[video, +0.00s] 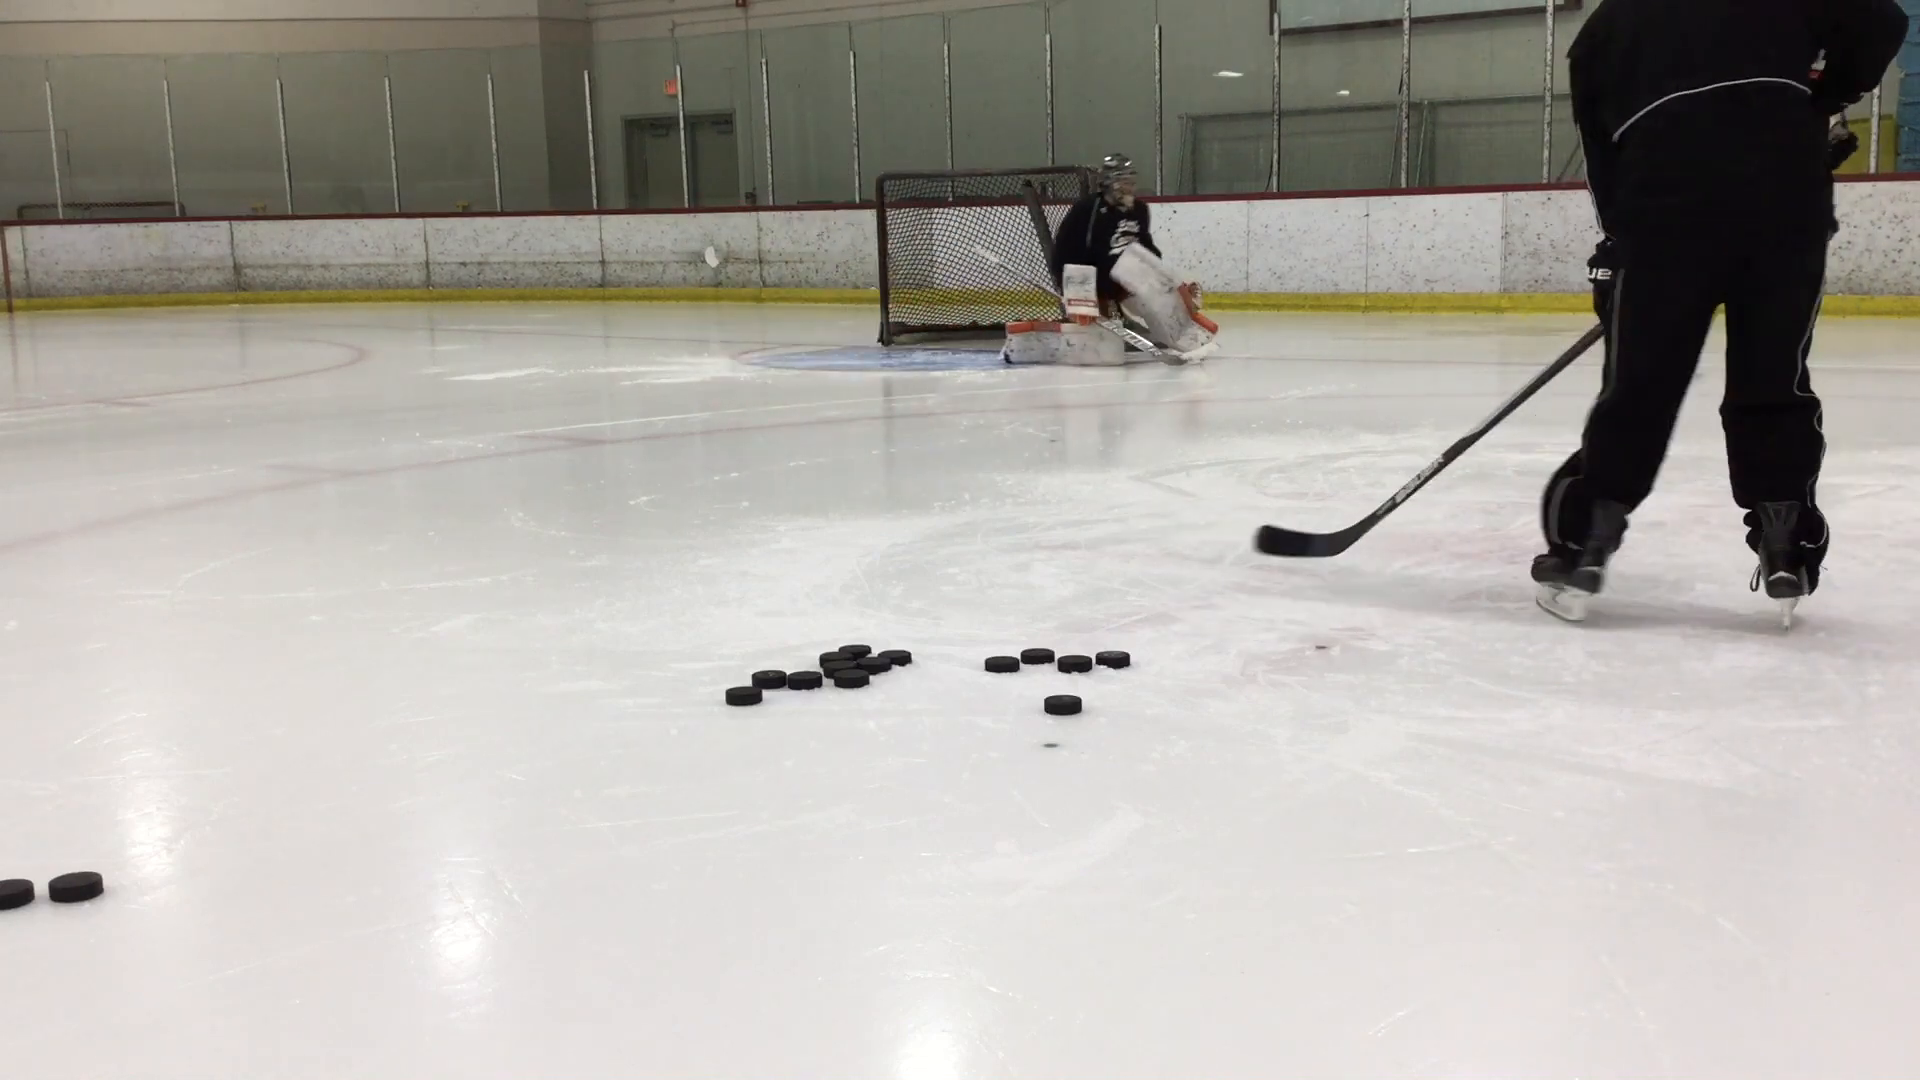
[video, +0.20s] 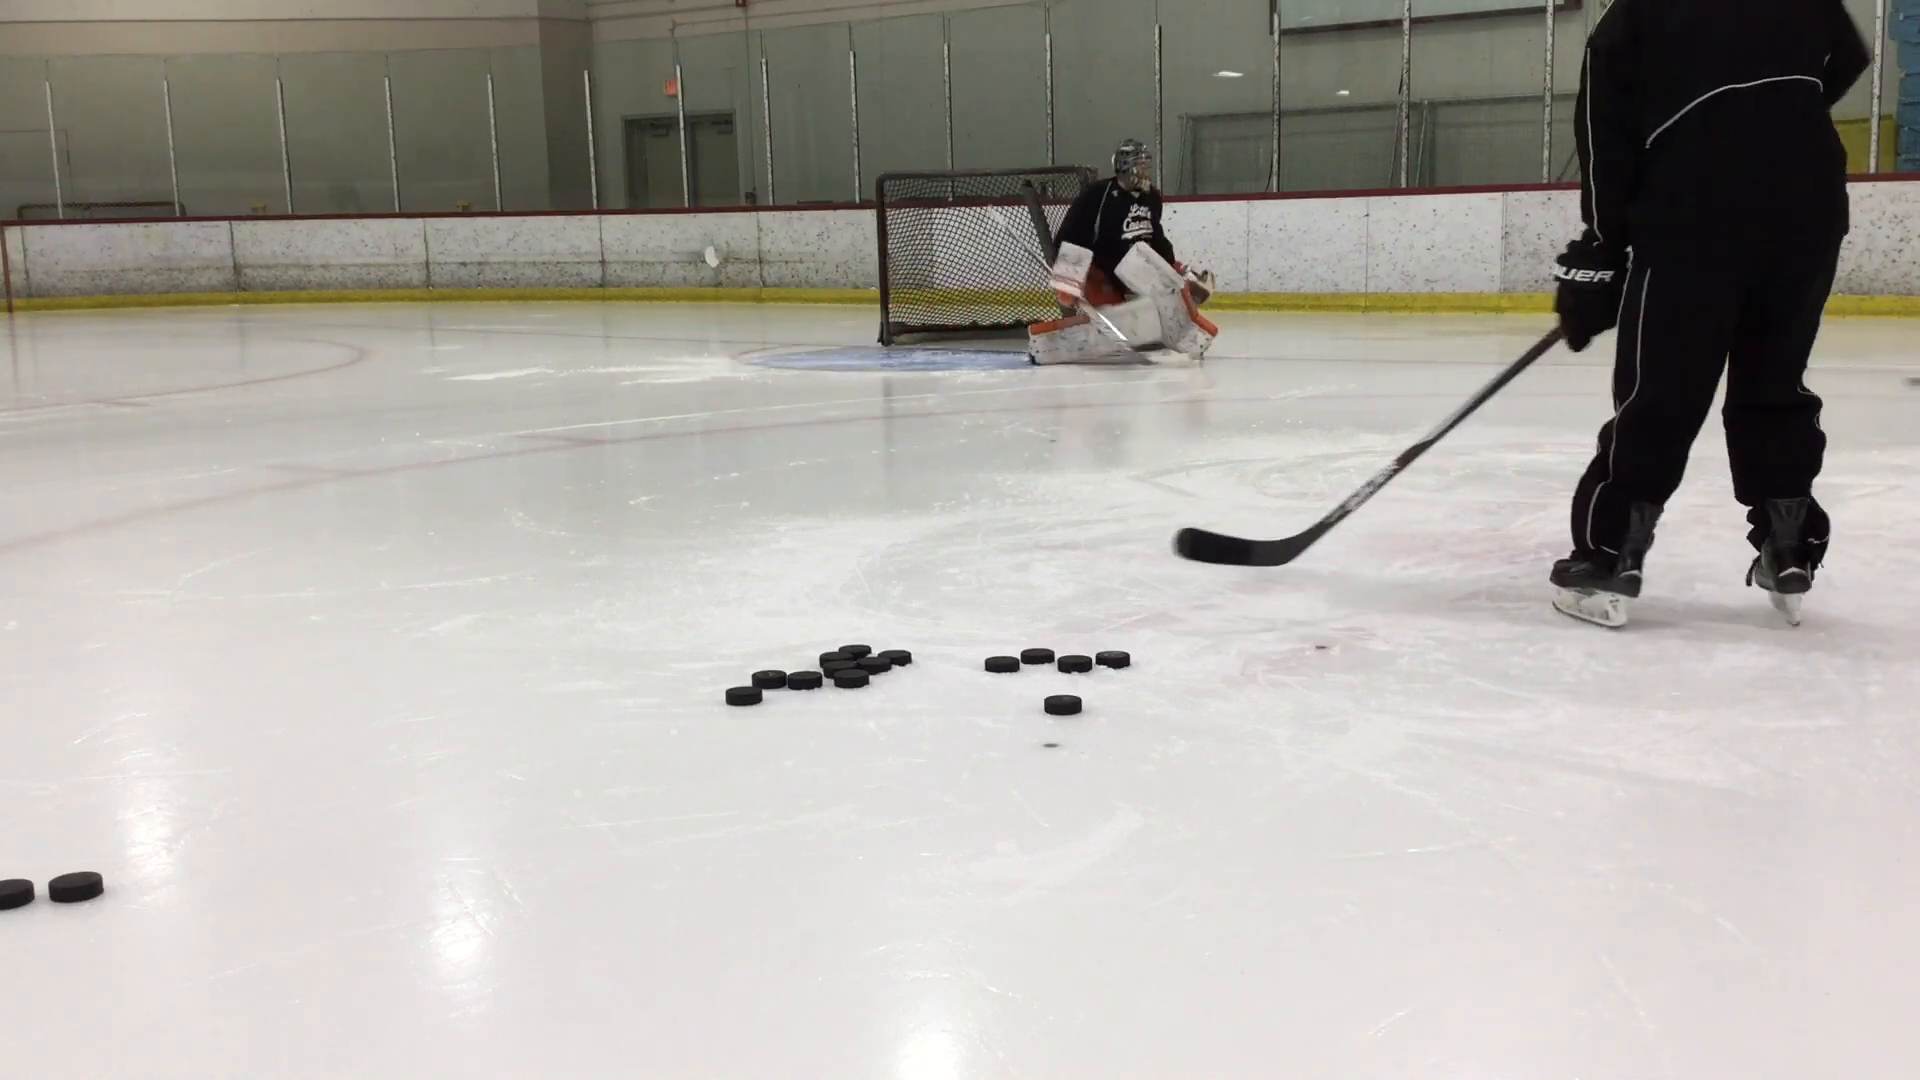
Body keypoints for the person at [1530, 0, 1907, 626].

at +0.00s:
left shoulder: (1602, 28)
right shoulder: (1791, 5)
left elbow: (1603, 150)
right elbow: (1883, 21)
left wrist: (1617, 239)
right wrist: (1828, 95)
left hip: (1668, 207)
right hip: (1786, 198)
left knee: (1639, 387)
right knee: (1773, 384)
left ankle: (1586, 543)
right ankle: (1785, 546)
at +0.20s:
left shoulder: (1622, 25)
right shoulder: (1796, 3)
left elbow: (1606, 149)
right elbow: (1850, 52)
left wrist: (1594, 263)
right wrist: (1780, 114)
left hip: (1691, 212)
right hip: (1805, 206)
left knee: (1659, 394)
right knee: (1775, 384)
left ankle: (1614, 553)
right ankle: (1788, 545)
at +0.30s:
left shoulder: (1626, 22)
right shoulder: (1789, 7)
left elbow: (1604, 148)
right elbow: (1803, 89)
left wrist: (1573, 262)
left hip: (1705, 213)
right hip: (1813, 208)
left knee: (1658, 395)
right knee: (1774, 389)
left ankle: (1616, 555)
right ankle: (1791, 551)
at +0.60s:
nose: (1553, 8)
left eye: (1557, 9)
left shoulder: (1594, 17)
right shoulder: (1719, 7)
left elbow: (1578, 147)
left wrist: (1537, 277)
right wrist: (1634, 204)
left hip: (1693, 220)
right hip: (1795, 201)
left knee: (1651, 397)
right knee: (1769, 391)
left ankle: (1634, 560)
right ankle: (1787, 550)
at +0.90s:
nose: (1519, 20)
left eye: (1521, 16)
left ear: (1539, 3)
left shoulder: (1561, 27)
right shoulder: (1690, 7)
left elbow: (1557, 161)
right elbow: (1721, 98)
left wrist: (1529, 284)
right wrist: (1641, 196)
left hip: (1681, 211)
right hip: (1781, 192)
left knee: (1642, 393)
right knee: (1764, 383)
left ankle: (1635, 562)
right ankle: (1783, 548)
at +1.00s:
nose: (1514, 10)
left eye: (1517, 8)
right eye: (1516, 9)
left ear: (1529, 2)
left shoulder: (1553, 36)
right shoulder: (1680, 7)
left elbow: (1556, 156)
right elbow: (1761, 19)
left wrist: (1545, 273)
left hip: (1678, 210)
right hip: (1779, 190)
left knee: (1640, 392)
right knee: (1758, 383)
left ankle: (1634, 564)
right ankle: (1776, 548)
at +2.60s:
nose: (1544, 12)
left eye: (1544, 9)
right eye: (1545, 9)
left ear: (1558, 2)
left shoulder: (1575, 42)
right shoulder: (1709, 7)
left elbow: (1575, 182)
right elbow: (1743, 95)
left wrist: (1557, 301)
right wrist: (1662, 203)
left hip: (1705, 214)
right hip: (1806, 194)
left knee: (1664, 389)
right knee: (1769, 383)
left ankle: (1642, 559)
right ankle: (1763, 548)